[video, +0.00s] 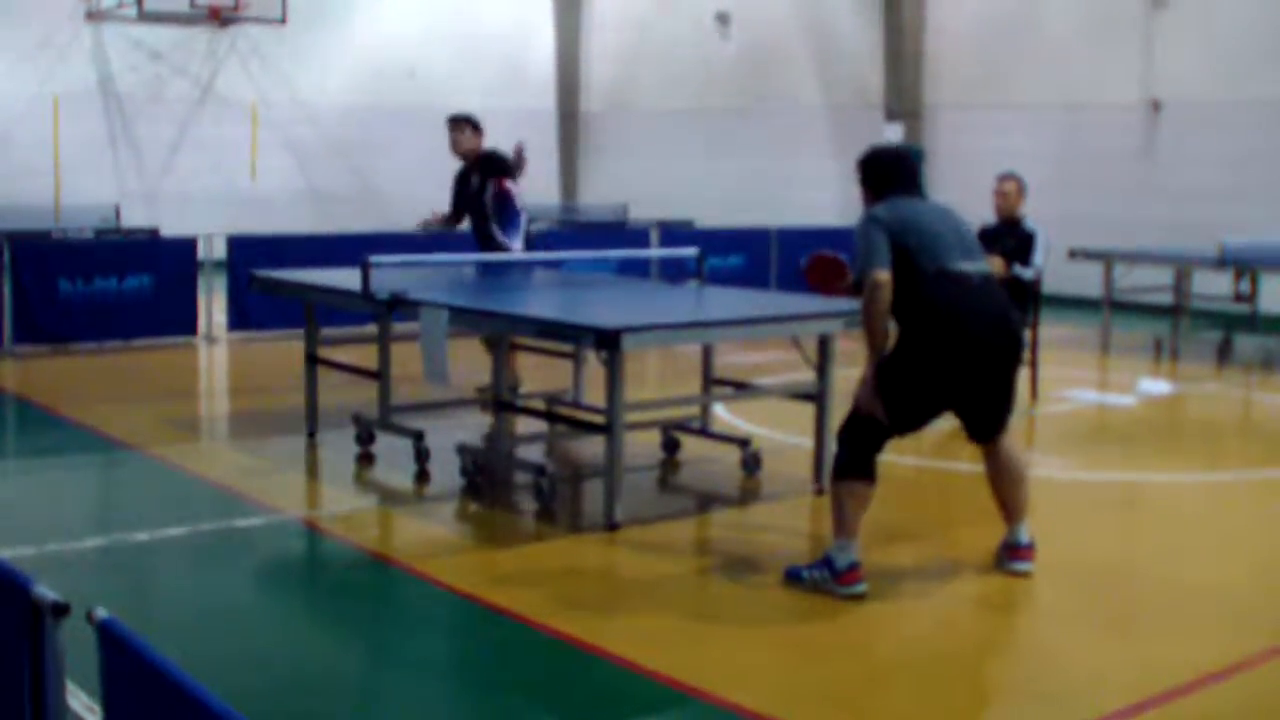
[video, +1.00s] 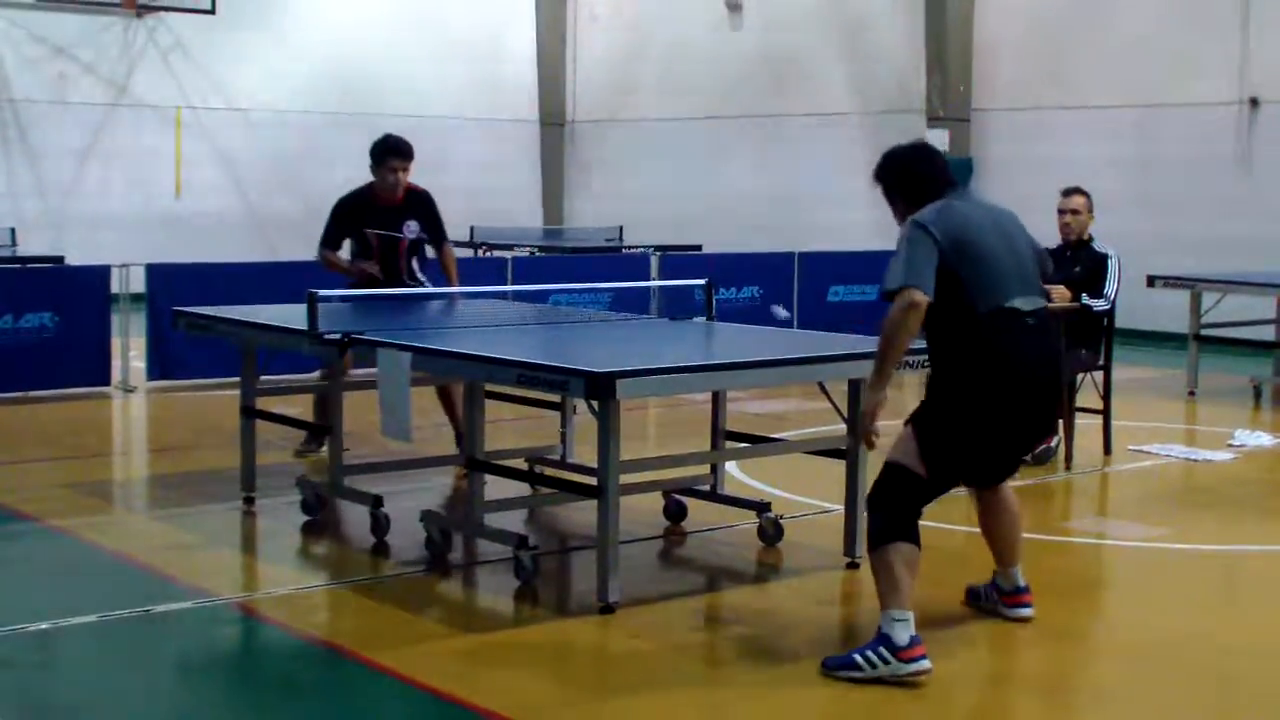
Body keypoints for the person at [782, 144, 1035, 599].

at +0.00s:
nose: (862, 195)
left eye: (863, 187)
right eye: (864, 188)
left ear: (871, 187)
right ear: (916, 181)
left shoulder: (877, 219)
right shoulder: (946, 216)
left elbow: (878, 283)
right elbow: (989, 270)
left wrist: (874, 363)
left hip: (934, 342)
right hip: (996, 340)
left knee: (859, 438)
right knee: (994, 435)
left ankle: (843, 557)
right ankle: (1020, 538)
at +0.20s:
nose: (868, 201)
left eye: (868, 193)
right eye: (868, 193)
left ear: (877, 191)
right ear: (920, 185)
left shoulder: (886, 223)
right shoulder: (955, 220)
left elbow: (889, 287)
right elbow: (996, 279)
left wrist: (883, 370)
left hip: (942, 351)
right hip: (1001, 349)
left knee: (871, 447)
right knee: (996, 442)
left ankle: (844, 567)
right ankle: (1021, 547)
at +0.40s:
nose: (908, 196)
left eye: (910, 185)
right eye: (908, 185)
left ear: (923, 185)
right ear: (969, 177)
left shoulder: (937, 222)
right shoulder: (1011, 213)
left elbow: (951, 299)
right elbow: (1016, 300)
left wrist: (941, 393)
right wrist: (921, 310)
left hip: (1010, 361)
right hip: (1076, 357)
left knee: (927, 478)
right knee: (1061, 481)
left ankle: (889, 623)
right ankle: (1088, 607)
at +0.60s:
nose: (901, 189)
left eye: (902, 178)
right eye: (901, 177)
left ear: (916, 178)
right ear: (962, 171)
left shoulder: (929, 216)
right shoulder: (1006, 207)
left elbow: (943, 297)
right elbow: (1009, 303)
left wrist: (928, 399)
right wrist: (921, 312)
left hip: (999, 364)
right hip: (1065, 361)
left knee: (917, 488)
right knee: (1058, 483)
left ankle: (903, 640)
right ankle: (1093, 619)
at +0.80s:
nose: (879, 184)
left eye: (879, 173)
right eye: (879, 173)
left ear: (892, 173)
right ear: (939, 165)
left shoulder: (904, 213)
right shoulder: (986, 203)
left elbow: (900, 296)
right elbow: (1022, 288)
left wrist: (886, 388)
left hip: (973, 362)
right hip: (1041, 355)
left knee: (894, 492)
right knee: (1008, 463)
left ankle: (899, 642)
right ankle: (1041, 587)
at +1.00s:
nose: (892, 210)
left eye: (891, 199)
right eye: (889, 199)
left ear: (906, 192)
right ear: (946, 179)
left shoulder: (927, 225)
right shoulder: (1003, 217)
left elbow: (913, 301)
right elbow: (1039, 292)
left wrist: (875, 391)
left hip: (975, 386)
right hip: (1038, 384)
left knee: (892, 498)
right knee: (988, 472)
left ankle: (897, 639)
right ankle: (1011, 588)